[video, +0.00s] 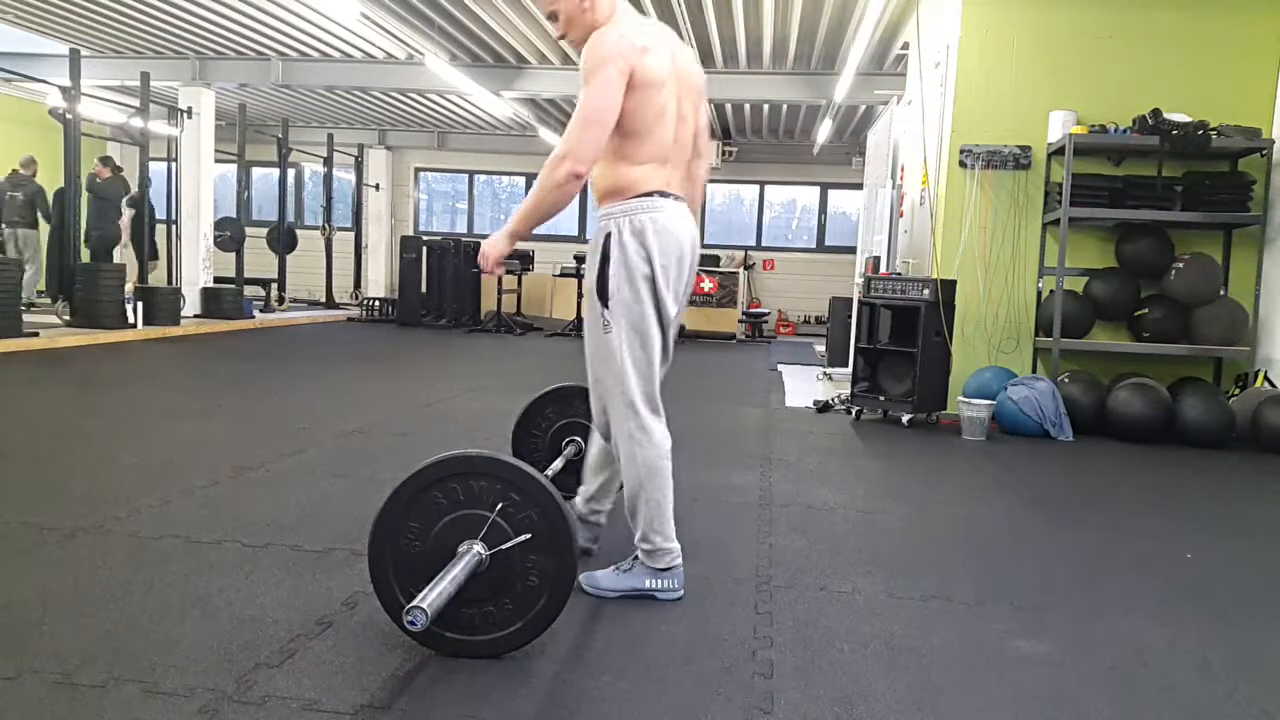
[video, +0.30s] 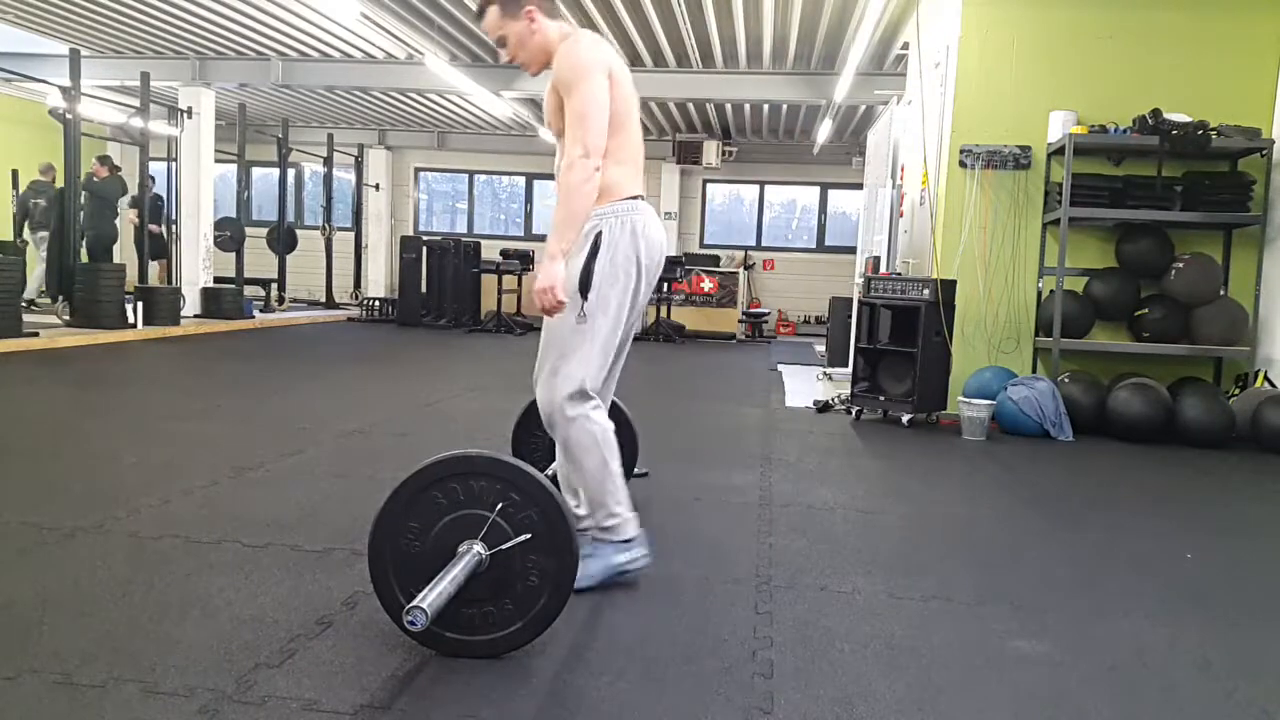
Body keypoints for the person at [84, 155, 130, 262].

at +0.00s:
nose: (94, 169)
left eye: (97, 166)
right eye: (95, 166)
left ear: (106, 168)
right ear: (108, 168)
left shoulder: (113, 184)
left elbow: (91, 187)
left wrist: (92, 175)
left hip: (104, 232)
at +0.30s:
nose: (92, 168)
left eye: (94, 165)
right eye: (92, 165)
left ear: (104, 167)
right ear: (105, 167)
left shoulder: (111, 183)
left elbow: (87, 185)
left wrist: (89, 175)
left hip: (100, 230)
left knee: (98, 270)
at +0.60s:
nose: (89, 167)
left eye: (91, 164)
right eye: (89, 164)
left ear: (99, 167)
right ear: (103, 167)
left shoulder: (88, 184)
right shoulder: (115, 181)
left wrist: (85, 175)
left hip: (92, 229)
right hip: (109, 228)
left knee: (92, 266)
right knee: (104, 266)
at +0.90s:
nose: (89, 169)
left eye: (91, 166)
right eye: (90, 166)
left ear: (96, 167)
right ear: (108, 167)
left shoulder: (86, 184)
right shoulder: (119, 185)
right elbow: (120, 209)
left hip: (93, 231)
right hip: (114, 233)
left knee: (91, 270)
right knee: (107, 269)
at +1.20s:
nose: (93, 170)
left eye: (93, 167)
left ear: (95, 169)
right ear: (111, 168)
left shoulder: (86, 185)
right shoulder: (121, 186)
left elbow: (80, 211)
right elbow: (125, 211)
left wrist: (80, 229)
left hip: (94, 232)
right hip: (117, 233)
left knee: (85, 270)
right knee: (108, 269)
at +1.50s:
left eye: (97, 169)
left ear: (97, 170)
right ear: (112, 169)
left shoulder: (88, 186)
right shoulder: (122, 187)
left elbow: (79, 211)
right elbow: (130, 213)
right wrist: (128, 231)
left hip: (97, 234)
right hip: (121, 234)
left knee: (90, 272)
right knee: (111, 271)